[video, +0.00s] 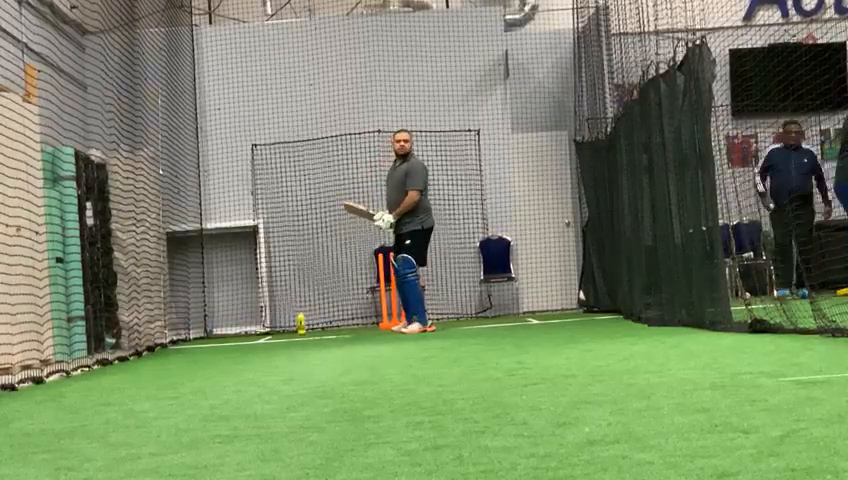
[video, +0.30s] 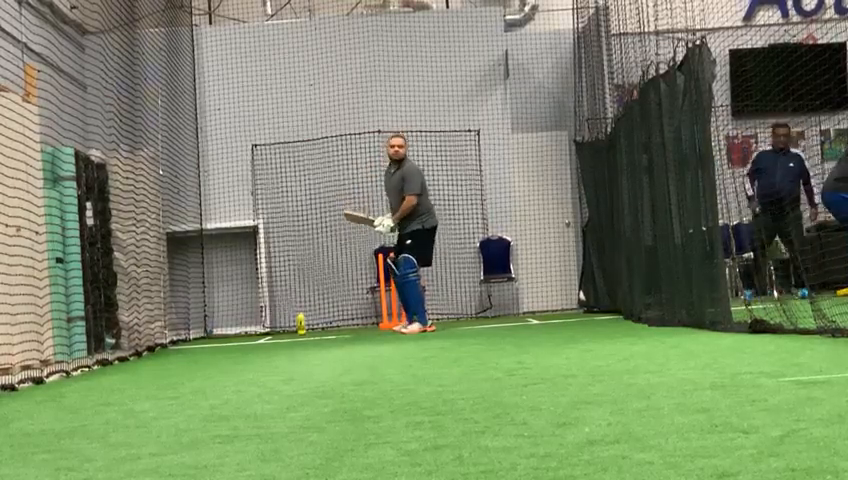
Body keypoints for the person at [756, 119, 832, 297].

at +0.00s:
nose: (794, 136)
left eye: (798, 133)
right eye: (790, 133)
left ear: (802, 135)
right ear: (783, 135)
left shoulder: (809, 155)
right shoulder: (774, 154)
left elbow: (820, 179)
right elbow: (761, 174)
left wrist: (826, 202)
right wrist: (763, 195)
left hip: (803, 205)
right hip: (780, 207)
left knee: (804, 244)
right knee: (782, 245)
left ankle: (803, 285)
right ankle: (783, 286)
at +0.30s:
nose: (782, 140)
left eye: (785, 136)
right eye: (779, 136)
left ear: (790, 138)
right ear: (772, 138)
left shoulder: (796, 159)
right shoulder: (762, 157)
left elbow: (806, 183)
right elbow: (750, 176)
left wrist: (812, 205)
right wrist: (752, 196)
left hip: (790, 210)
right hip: (766, 212)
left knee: (796, 249)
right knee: (759, 249)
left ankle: (802, 286)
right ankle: (760, 289)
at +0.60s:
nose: (760, 144)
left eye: (763, 140)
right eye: (756, 140)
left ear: (767, 142)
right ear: (748, 141)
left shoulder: (774, 161)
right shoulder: (738, 161)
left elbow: (780, 187)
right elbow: (729, 184)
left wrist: (783, 208)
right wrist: (733, 205)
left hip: (771, 209)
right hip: (748, 210)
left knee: (782, 247)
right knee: (751, 249)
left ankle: (796, 284)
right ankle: (752, 289)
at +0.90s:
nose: (746, 144)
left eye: (749, 141)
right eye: (743, 141)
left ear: (754, 142)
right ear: (736, 143)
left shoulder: (763, 159)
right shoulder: (728, 162)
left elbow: (773, 183)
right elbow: (719, 188)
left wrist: (778, 205)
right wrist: (727, 208)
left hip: (765, 211)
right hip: (741, 213)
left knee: (774, 248)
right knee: (744, 252)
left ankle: (781, 285)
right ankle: (748, 290)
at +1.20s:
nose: (749, 144)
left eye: (752, 140)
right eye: (745, 141)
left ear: (756, 141)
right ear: (738, 142)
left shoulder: (765, 159)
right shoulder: (728, 162)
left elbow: (775, 183)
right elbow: (719, 184)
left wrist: (777, 205)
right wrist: (725, 200)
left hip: (765, 210)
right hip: (741, 212)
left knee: (773, 247)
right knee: (744, 251)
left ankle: (780, 285)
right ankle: (749, 289)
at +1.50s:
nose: (756, 144)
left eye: (759, 141)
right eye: (753, 141)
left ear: (762, 142)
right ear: (744, 141)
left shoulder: (769, 159)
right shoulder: (735, 160)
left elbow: (778, 185)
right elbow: (713, 164)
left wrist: (782, 206)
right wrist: (726, 149)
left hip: (769, 210)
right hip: (745, 211)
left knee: (774, 248)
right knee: (746, 250)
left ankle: (780, 285)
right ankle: (749, 289)